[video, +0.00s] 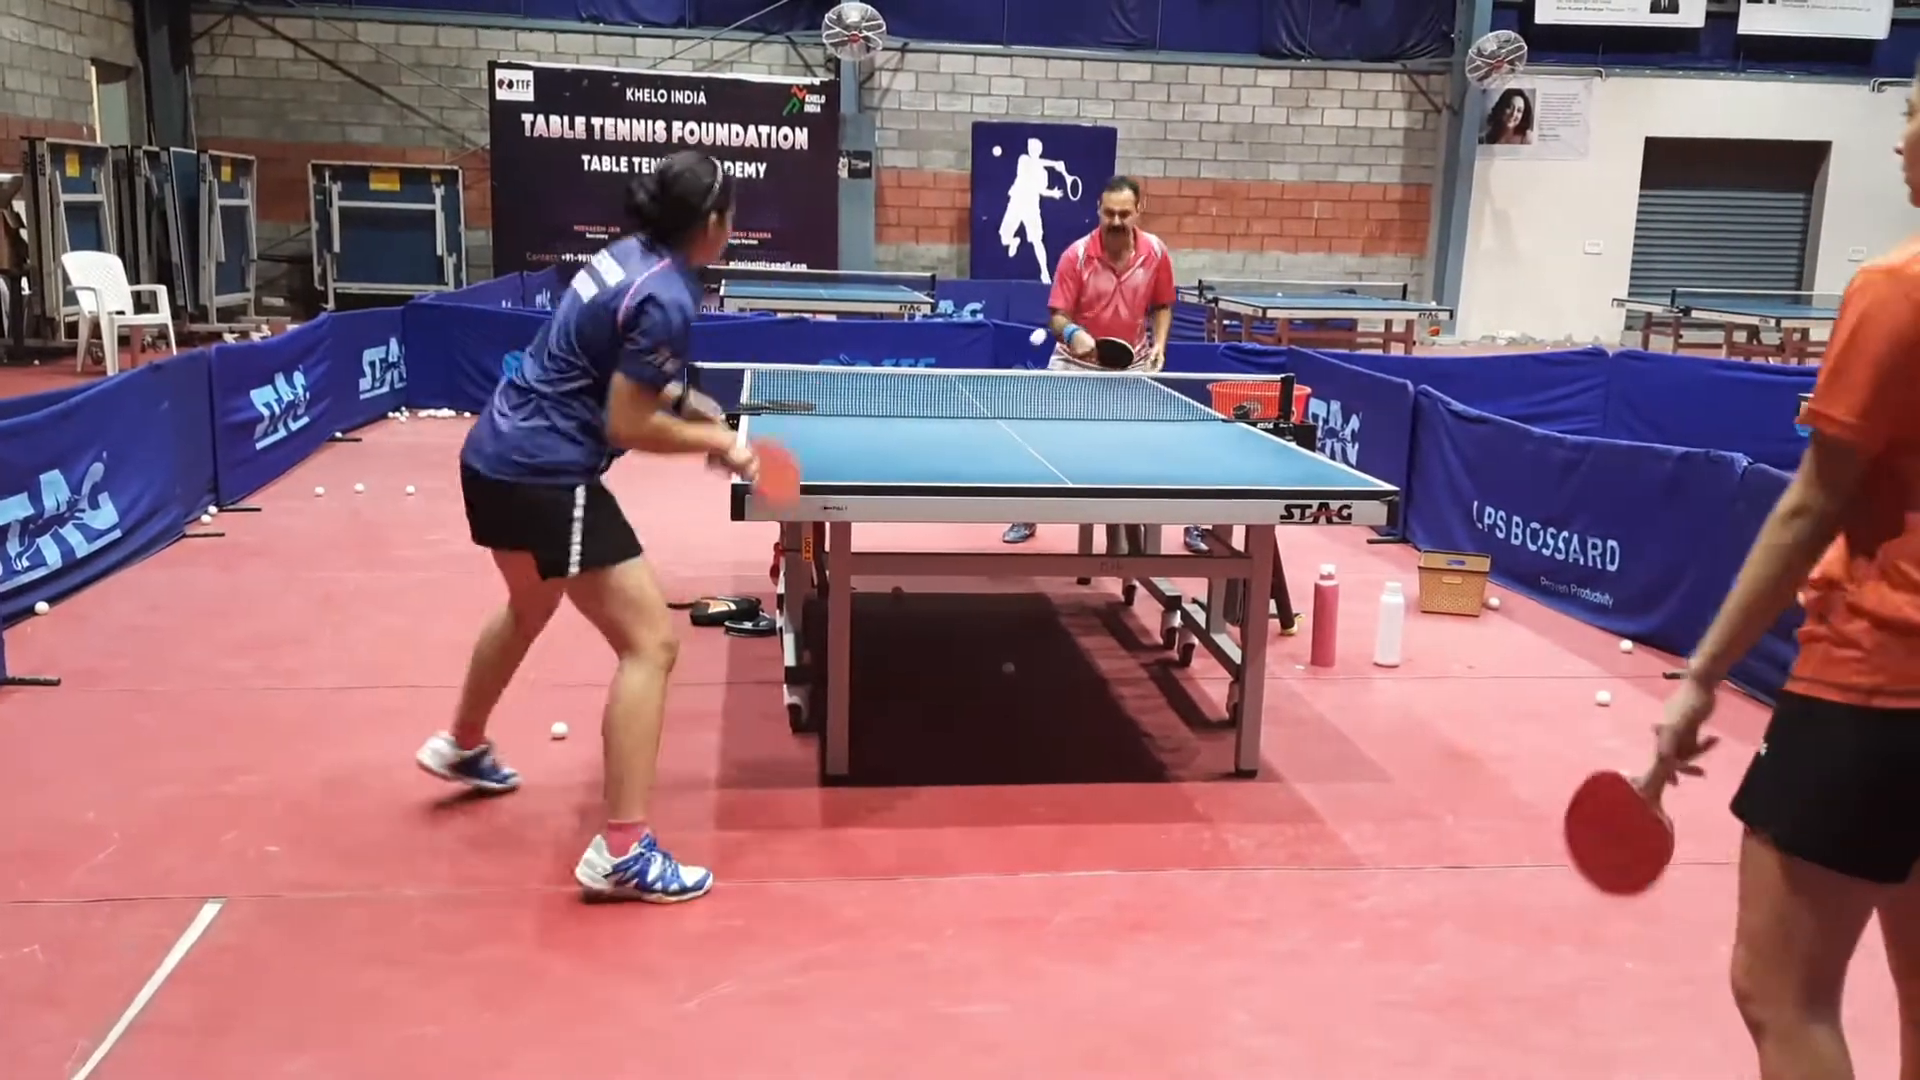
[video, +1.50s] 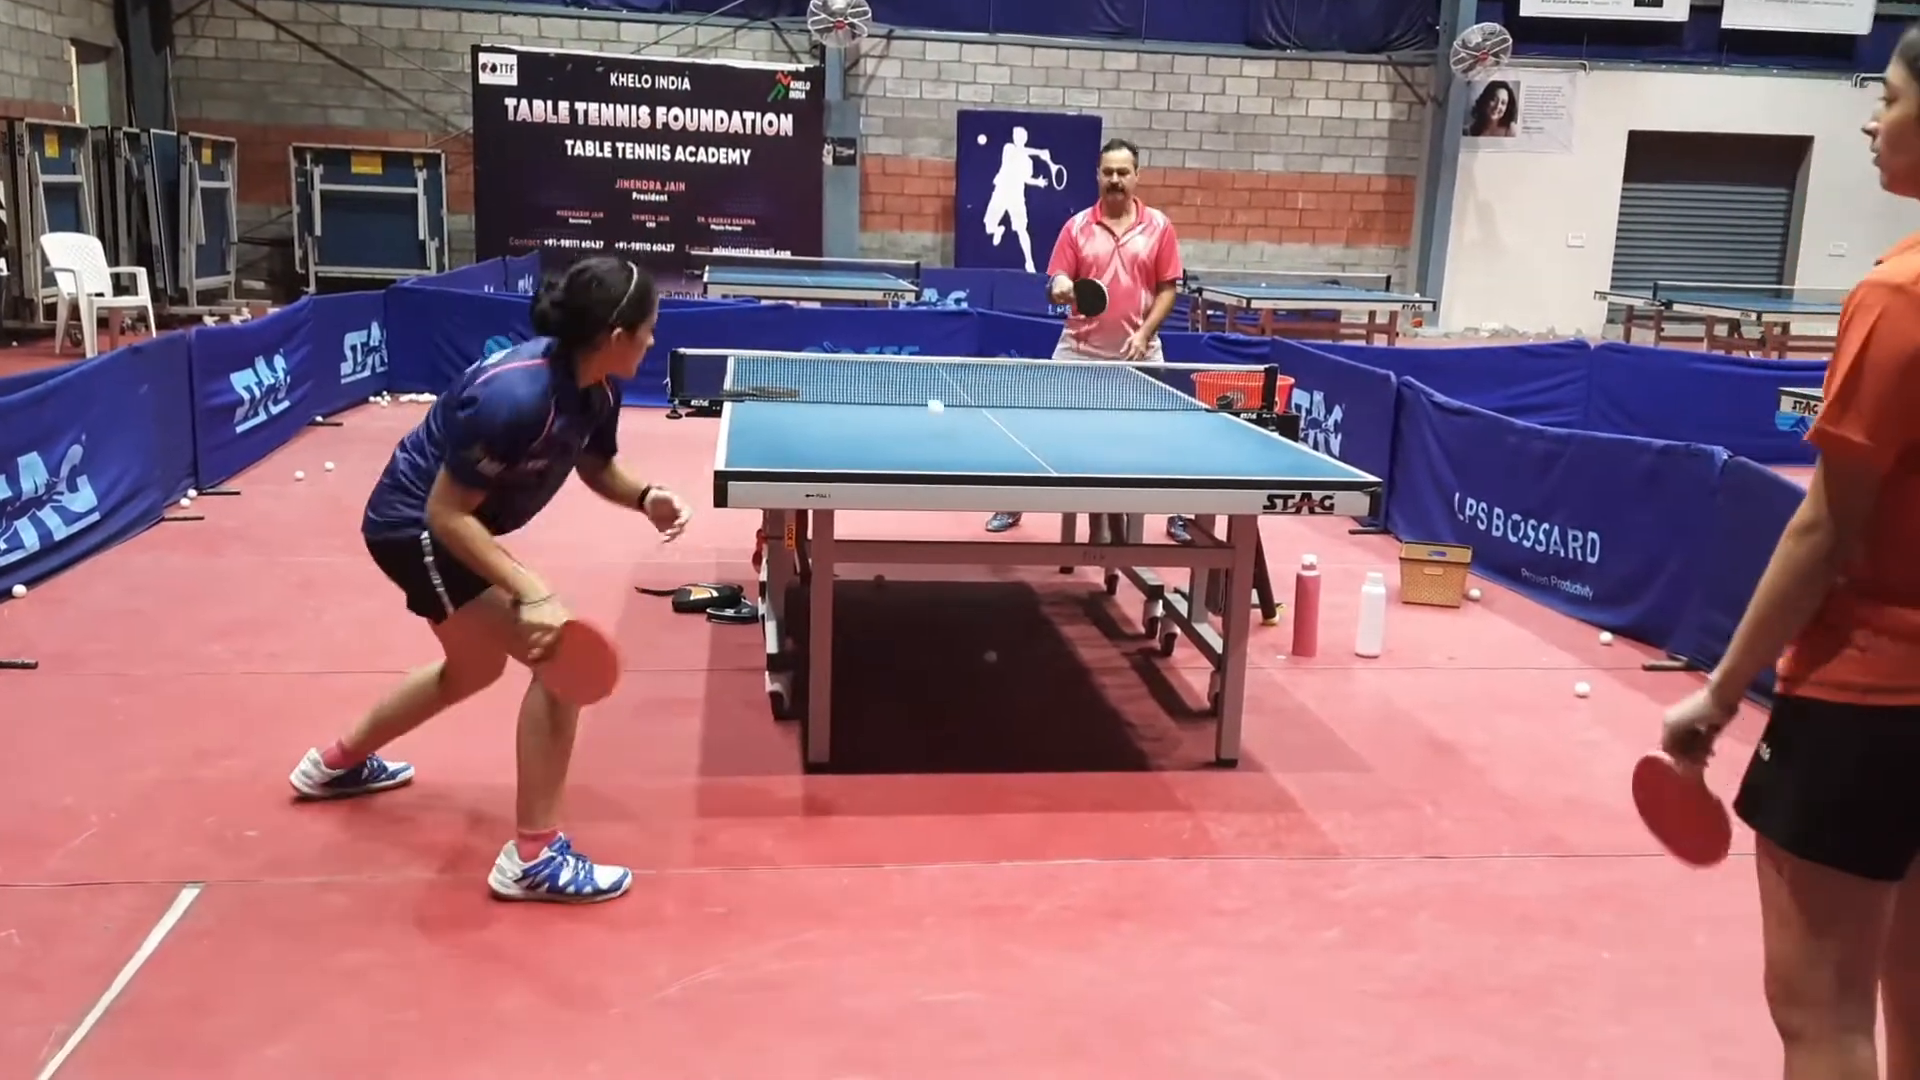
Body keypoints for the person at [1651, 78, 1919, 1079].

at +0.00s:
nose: (1902, 147)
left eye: (1909, 128)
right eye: (1907, 126)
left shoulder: (1896, 290)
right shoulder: (1890, 290)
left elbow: (1812, 508)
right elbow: (1813, 504)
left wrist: (1701, 676)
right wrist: (1703, 678)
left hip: (1871, 693)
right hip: (1896, 694)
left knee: (1783, 994)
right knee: (1917, 985)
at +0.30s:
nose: (1819, 139)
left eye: (1831, 115)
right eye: (1824, 114)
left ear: (1884, 126)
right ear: (1898, 126)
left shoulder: (1837, 309)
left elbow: (1759, 534)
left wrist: (1679, 667)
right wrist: (1696, 661)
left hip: (1824, 716)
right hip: (1916, 711)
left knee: (1791, 1033)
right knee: (1907, 1032)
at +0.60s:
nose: (1751, 133)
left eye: (1761, 113)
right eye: (1757, 111)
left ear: (1816, 134)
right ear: (1869, 130)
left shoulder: (1811, 321)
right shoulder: (1905, 265)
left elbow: (1762, 590)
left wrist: (1694, 781)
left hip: (1830, 744)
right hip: (1910, 728)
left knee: (1816, 1049)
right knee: (1890, 1035)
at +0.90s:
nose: (1739, 153)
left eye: (1742, 129)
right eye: (1741, 129)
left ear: (1786, 139)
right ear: (1892, 123)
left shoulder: (1832, 321)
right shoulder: (1907, 261)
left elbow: (1793, 586)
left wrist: (1723, 815)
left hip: (1849, 736)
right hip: (1909, 724)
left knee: (1815, 1027)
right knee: (1892, 992)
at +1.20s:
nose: (1808, 147)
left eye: (1814, 122)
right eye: (1809, 122)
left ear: (1866, 131)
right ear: (1889, 131)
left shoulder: (1879, 323)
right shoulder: (1901, 297)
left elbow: (1814, 580)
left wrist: (1740, 783)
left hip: (1850, 728)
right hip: (1907, 718)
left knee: (1813, 1025)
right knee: (1907, 1012)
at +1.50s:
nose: (1875, 122)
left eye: (1892, 100)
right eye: (1883, 98)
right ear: (1914, 114)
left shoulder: (1897, 293)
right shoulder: (1896, 290)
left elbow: (1829, 527)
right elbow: (1828, 520)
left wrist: (1718, 693)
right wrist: (1725, 690)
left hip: (1858, 710)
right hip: (1906, 711)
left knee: (1818, 1013)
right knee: (1907, 1000)